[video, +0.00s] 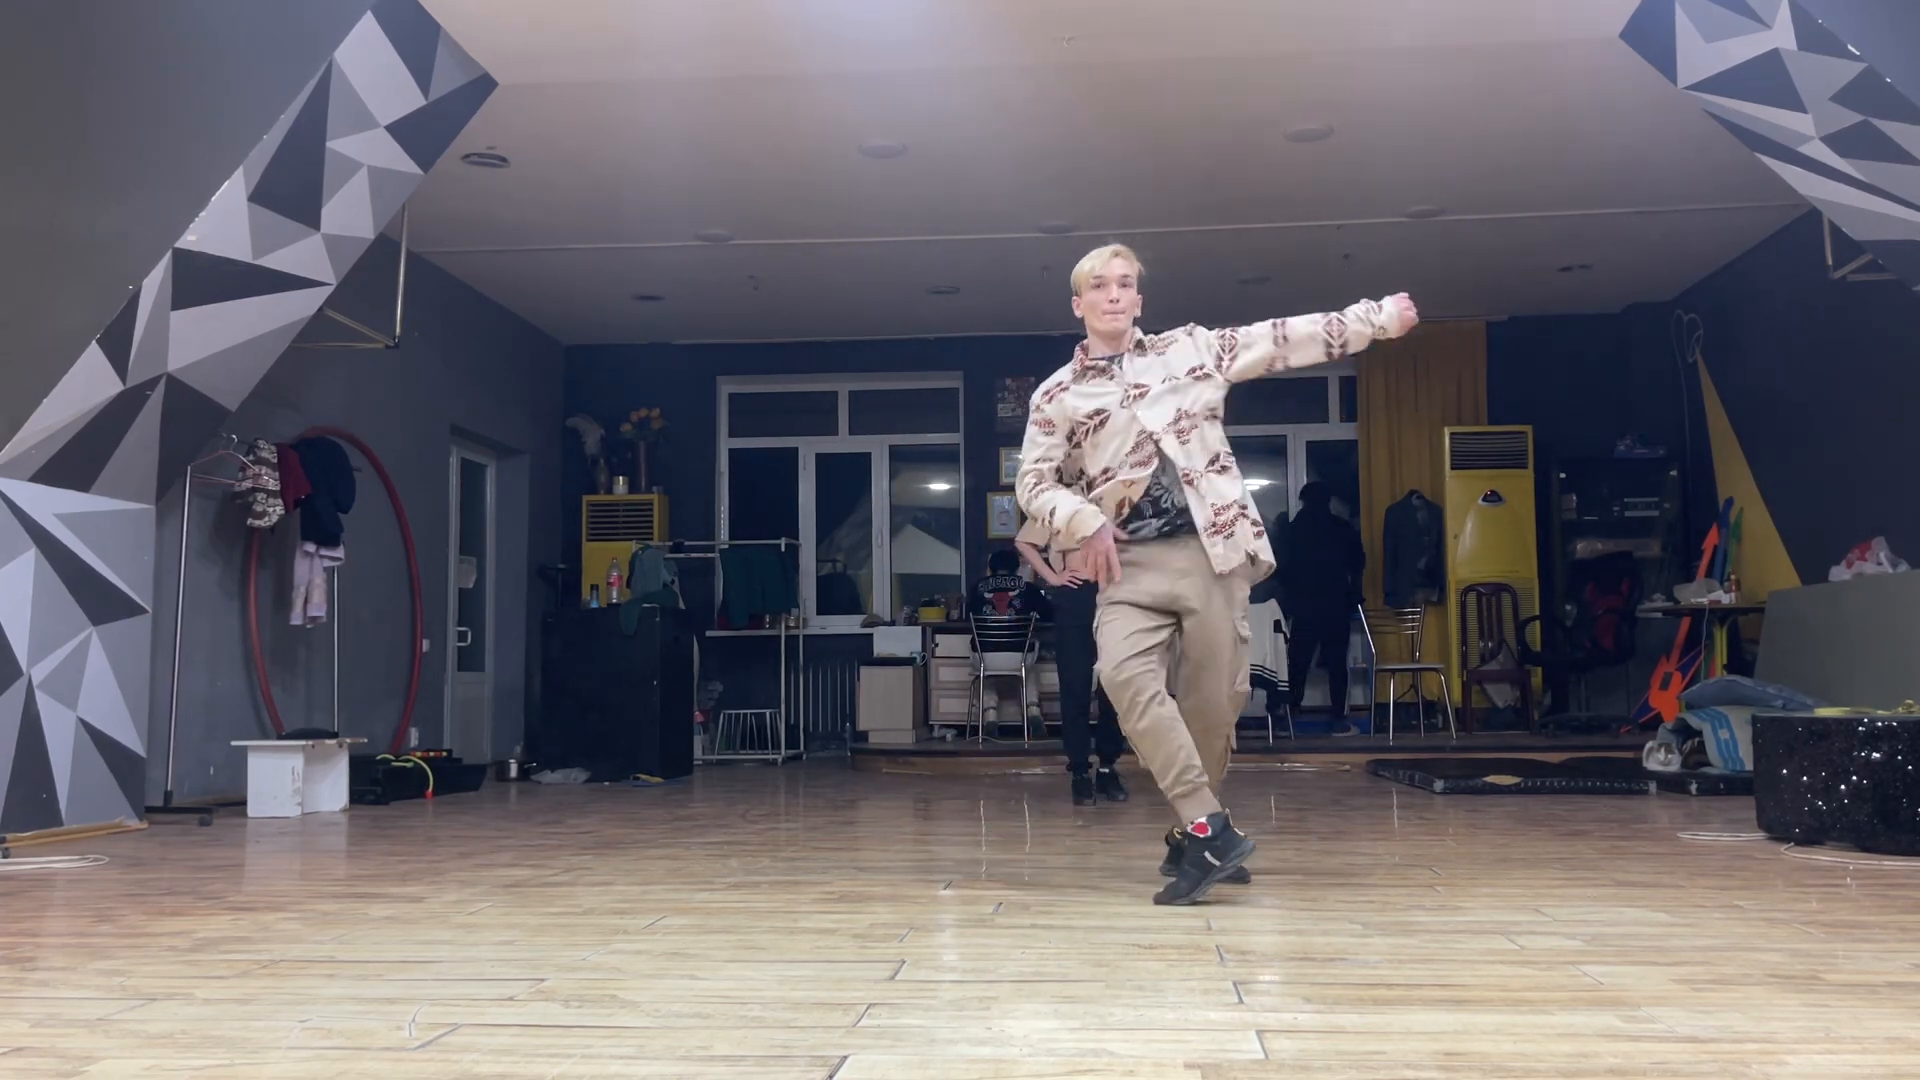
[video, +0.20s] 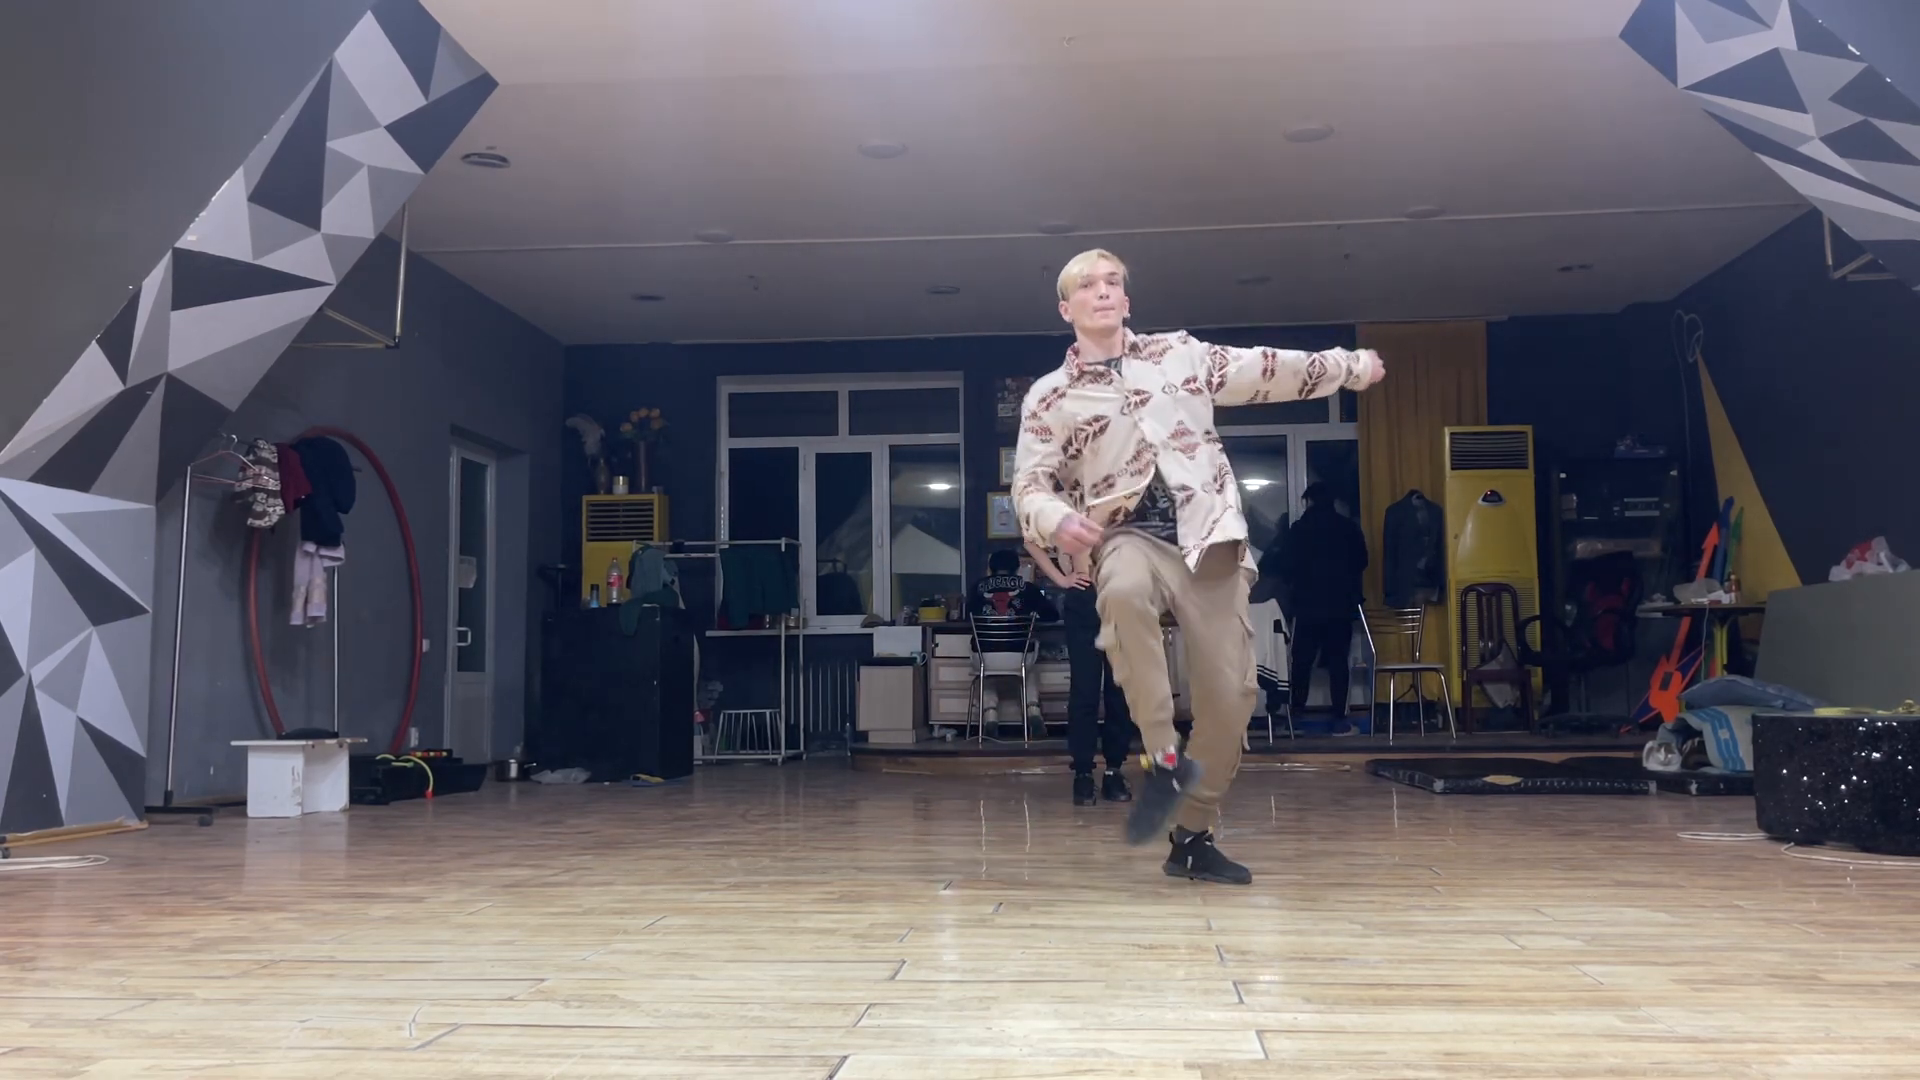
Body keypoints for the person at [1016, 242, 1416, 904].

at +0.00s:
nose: (1115, 294)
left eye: (1125, 284)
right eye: (1100, 285)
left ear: (1140, 297)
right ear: (1077, 302)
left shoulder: (1190, 349)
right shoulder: (1057, 397)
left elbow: (1278, 339)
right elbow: (1032, 484)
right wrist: (1084, 522)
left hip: (1211, 551)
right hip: (1127, 561)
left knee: (1210, 704)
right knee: (1127, 680)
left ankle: (1189, 840)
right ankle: (1211, 827)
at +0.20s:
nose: (1105, 293)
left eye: (1113, 283)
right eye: (1091, 286)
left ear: (1127, 298)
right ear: (1066, 308)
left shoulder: (1180, 355)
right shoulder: (1049, 397)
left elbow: (1264, 369)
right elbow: (1030, 487)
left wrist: (1346, 366)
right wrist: (1056, 520)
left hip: (1211, 536)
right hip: (1130, 536)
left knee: (1230, 693)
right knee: (1123, 592)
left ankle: (1195, 837)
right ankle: (1162, 758)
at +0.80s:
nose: (1091, 285)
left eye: (1097, 275)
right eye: (1076, 274)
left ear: (1104, 289)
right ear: (1043, 286)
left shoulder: (1110, 386)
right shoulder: (1005, 359)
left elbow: (1147, 458)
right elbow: (970, 456)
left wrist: (1223, 485)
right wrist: (1034, 483)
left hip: (1070, 547)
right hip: (997, 534)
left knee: (1097, 689)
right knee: (1081, 617)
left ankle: (1048, 841)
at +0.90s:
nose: (1102, 306)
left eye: (1107, 295)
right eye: (1086, 296)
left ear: (1112, 307)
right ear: (1053, 311)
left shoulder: (1095, 391)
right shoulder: (1035, 368)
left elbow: (1097, 462)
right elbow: (1047, 428)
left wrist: (1148, 451)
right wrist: (1136, 421)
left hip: (1032, 568)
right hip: (974, 555)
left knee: (1076, 687)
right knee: (955, 712)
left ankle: (1046, 841)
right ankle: (831, 781)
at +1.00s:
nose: (1093, 339)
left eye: (1096, 328)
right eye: (1078, 329)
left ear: (1099, 339)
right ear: (1043, 343)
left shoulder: (1081, 402)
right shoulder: (1027, 389)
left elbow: (1121, 450)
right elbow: (1087, 424)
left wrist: (1135, 410)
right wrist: (1124, 390)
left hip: (1011, 595)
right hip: (948, 581)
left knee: (1083, 691)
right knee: (878, 709)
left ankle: (1044, 841)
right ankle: (790, 828)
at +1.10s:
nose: (1073, 322)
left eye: (1078, 311)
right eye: (1060, 311)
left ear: (1079, 320)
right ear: (1023, 321)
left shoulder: (1067, 390)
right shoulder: (1011, 375)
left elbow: (1083, 460)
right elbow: (1048, 429)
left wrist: (1121, 449)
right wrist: (1123, 417)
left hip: (1022, 588)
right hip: (959, 575)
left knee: (1086, 692)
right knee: (896, 708)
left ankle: (1038, 841)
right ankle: (797, 816)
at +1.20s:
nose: (1040, 289)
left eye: (1049, 278)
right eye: (1026, 277)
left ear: (1059, 289)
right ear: (998, 288)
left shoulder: (1060, 373)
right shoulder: (978, 360)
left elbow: (1094, 452)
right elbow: (993, 449)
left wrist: (1167, 486)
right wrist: (1076, 487)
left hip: (1046, 554)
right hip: (984, 546)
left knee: (1080, 693)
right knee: (1021, 685)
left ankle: (1023, 840)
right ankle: (909, 790)